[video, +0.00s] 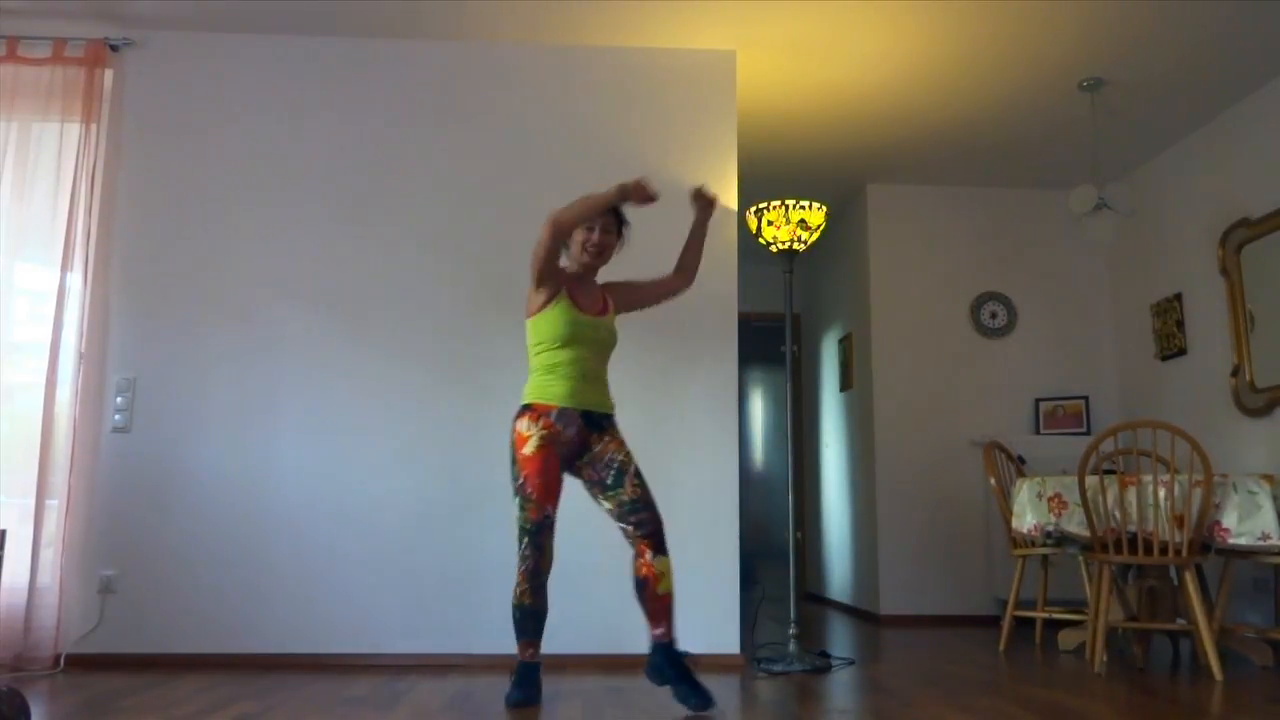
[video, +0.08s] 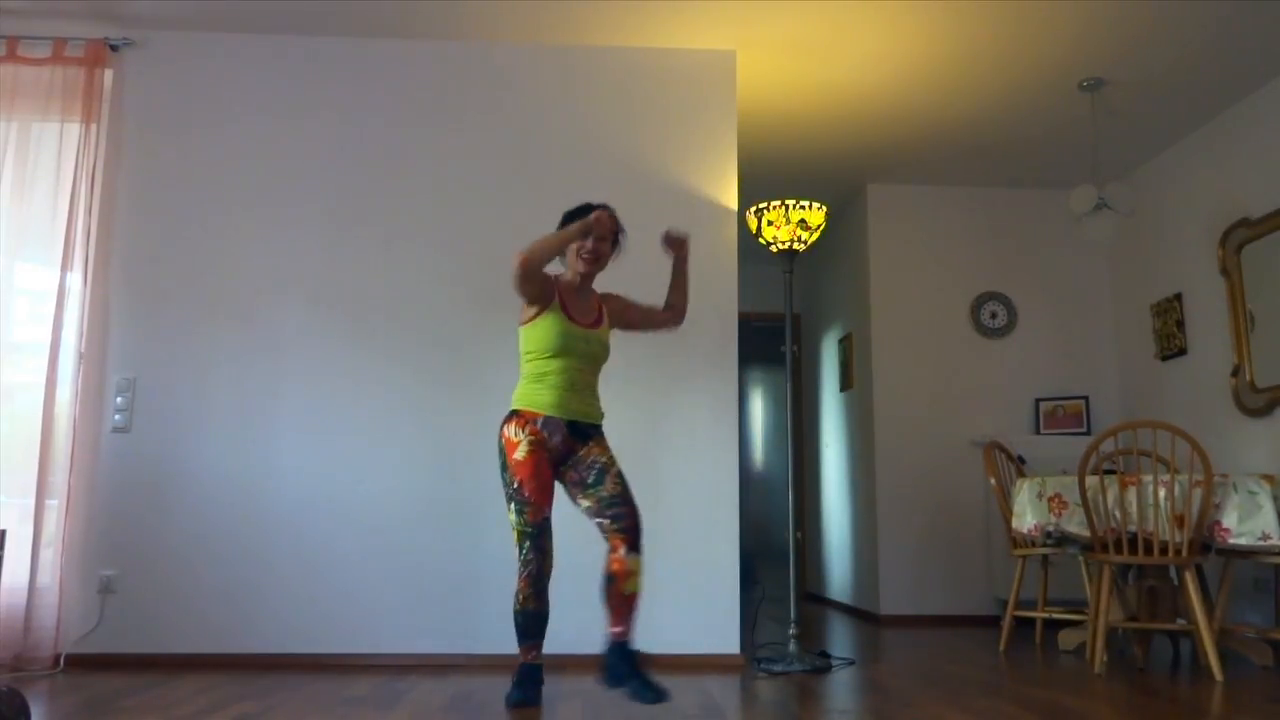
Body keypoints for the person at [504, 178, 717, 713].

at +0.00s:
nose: (598, 239)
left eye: (610, 233)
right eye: (593, 227)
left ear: (618, 246)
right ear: (573, 234)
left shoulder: (610, 298)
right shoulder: (548, 284)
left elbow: (679, 280)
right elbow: (556, 223)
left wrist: (701, 219)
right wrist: (619, 193)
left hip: (596, 429)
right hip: (541, 424)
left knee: (648, 531)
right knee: (534, 550)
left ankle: (664, 653)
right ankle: (528, 667)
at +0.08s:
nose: (595, 245)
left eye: (607, 240)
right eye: (588, 234)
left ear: (613, 251)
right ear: (569, 241)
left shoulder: (606, 306)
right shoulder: (545, 292)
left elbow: (671, 315)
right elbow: (526, 265)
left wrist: (680, 260)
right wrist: (573, 229)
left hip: (583, 436)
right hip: (530, 430)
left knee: (626, 529)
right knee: (534, 553)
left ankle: (619, 655)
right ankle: (529, 669)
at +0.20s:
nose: (584, 246)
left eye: (595, 241)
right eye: (576, 238)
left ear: (608, 254)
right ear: (558, 246)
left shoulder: (606, 316)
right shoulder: (535, 294)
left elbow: (633, 376)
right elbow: (485, 344)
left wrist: (656, 335)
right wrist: (532, 297)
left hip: (577, 440)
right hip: (523, 434)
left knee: (587, 543)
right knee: (529, 560)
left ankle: (535, 661)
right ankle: (533, 677)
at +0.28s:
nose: (581, 246)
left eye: (592, 241)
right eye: (572, 237)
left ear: (605, 254)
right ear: (555, 246)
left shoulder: (606, 321)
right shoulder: (531, 298)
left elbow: (601, 395)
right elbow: (488, 373)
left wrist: (636, 398)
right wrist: (510, 346)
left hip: (579, 444)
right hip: (525, 437)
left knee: (563, 557)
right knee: (529, 559)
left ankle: (496, 675)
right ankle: (525, 684)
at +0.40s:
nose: (579, 243)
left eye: (591, 237)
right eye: (571, 234)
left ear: (604, 251)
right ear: (554, 245)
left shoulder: (610, 318)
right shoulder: (527, 295)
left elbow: (611, 405)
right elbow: (487, 369)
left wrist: (618, 369)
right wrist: (496, 339)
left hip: (579, 440)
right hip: (524, 433)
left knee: (570, 557)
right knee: (528, 557)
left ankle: (507, 674)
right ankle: (529, 677)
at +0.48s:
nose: (582, 233)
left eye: (593, 227)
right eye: (573, 225)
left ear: (608, 239)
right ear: (558, 233)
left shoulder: (608, 300)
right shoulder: (531, 281)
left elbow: (634, 370)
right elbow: (477, 341)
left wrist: (622, 302)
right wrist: (476, 298)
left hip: (581, 428)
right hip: (524, 421)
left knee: (597, 539)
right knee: (527, 546)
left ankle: (551, 658)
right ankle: (527, 666)